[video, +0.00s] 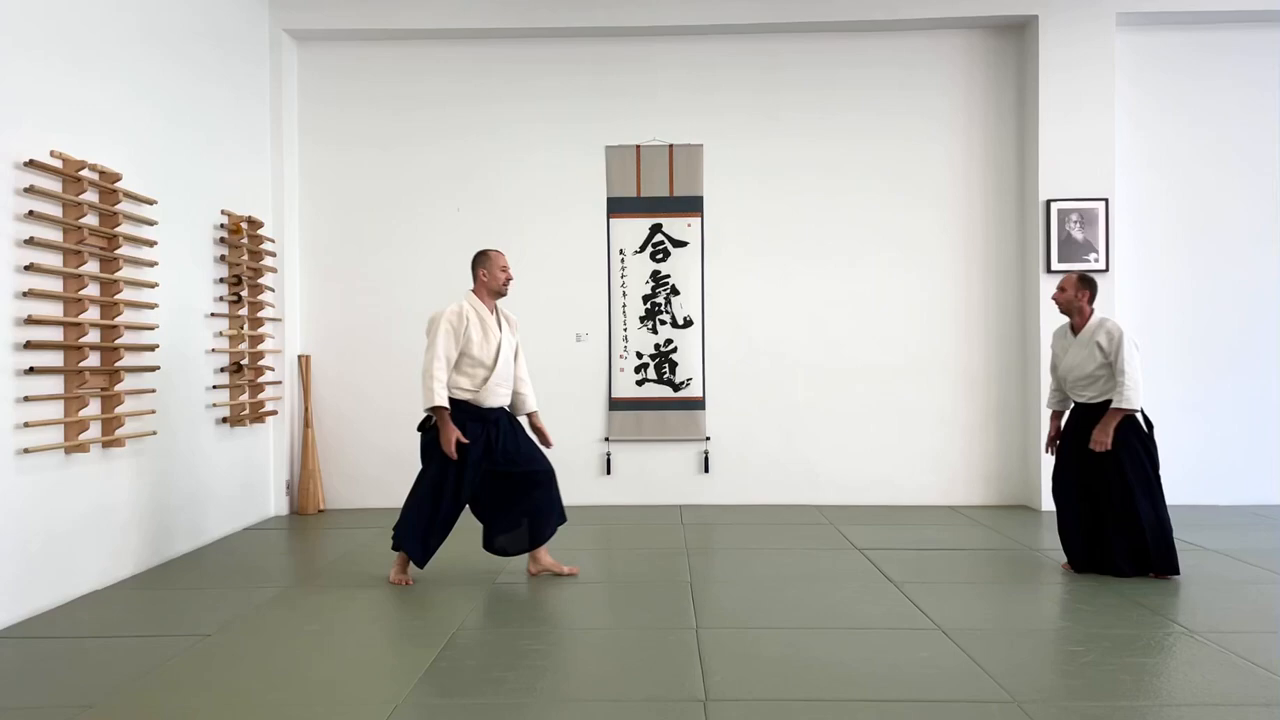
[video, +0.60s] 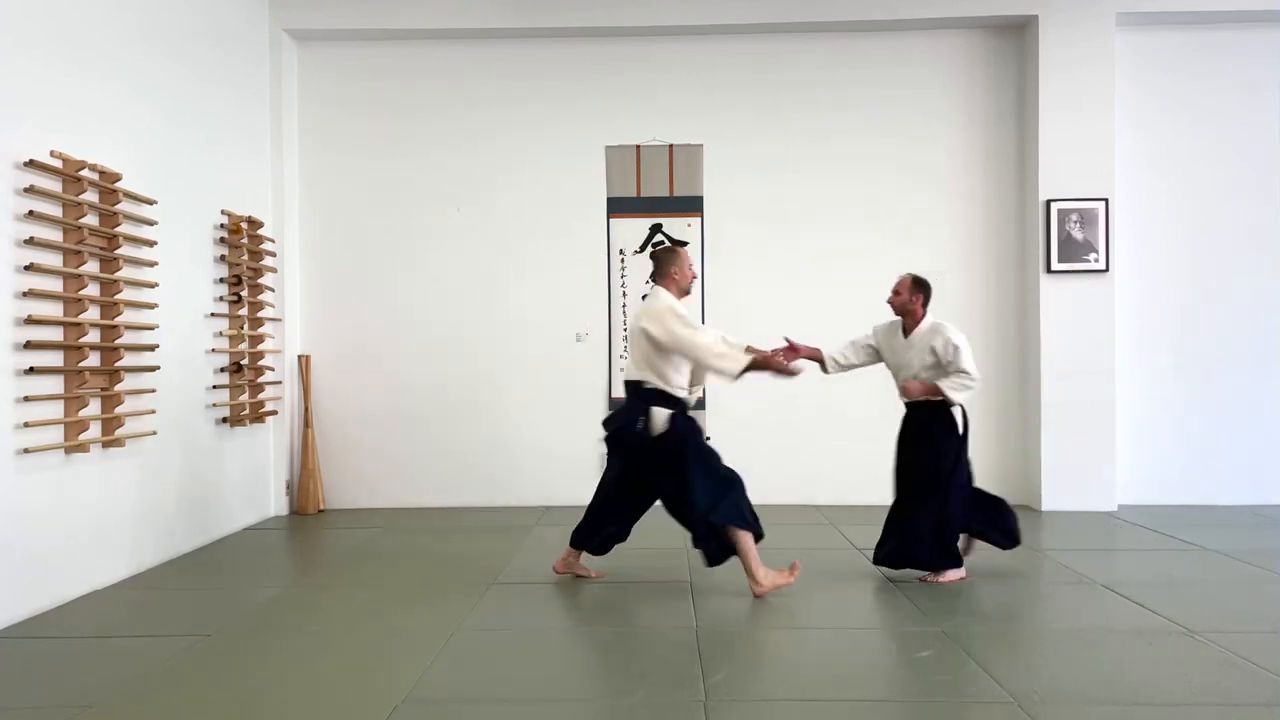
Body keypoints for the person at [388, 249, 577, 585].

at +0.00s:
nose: (510, 276)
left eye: (509, 270)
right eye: (503, 270)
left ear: (490, 277)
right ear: (482, 275)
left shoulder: (507, 322)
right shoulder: (453, 316)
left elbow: (518, 375)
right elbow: (435, 370)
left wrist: (532, 417)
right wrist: (444, 422)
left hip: (499, 422)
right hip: (458, 419)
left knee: (540, 474)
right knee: (435, 489)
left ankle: (539, 555)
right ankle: (402, 561)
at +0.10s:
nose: (535, 280)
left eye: (535, 274)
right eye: (528, 274)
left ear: (518, 280)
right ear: (508, 279)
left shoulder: (532, 327)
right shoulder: (478, 321)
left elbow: (548, 376)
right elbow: (462, 377)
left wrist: (576, 413)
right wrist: (481, 424)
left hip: (519, 426)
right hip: (476, 424)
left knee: (563, 475)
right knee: (442, 491)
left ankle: (564, 558)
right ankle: (403, 560)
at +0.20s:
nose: (567, 279)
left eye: (567, 273)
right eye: (561, 273)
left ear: (550, 279)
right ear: (541, 277)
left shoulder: (563, 326)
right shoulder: (512, 320)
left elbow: (588, 368)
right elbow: (495, 374)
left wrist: (621, 396)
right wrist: (518, 418)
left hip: (549, 424)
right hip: (508, 422)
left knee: (582, 483)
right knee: (469, 489)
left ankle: (563, 563)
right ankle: (415, 550)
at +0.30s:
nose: (598, 275)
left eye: (596, 269)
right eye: (591, 269)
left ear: (575, 274)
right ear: (571, 273)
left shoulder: (591, 319)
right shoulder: (547, 316)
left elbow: (620, 356)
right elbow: (534, 374)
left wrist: (658, 380)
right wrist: (551, 419)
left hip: (577, 421)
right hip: (543, 422)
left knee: (591, 490)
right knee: (536, 495)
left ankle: (566, 564)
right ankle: (476, 536)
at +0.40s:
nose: (627, 272)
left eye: (625, 266)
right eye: (620, 266)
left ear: (604, 273)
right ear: (600, 272)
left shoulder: (614, 316)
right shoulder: (578, 314)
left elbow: (646, 353)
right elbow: (572, 373)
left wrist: (688, 371)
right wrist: (593, 419)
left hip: (605, 415)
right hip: (580, 418)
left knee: (606, 488)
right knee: (599, 489)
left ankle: (573, 560)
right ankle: (566, 560)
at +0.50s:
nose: (659, 273)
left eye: (657, 267)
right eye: (653, 268)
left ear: (635, 275)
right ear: (635, 274)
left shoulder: (646, 319)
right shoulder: (613, 317)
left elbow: (677, 346)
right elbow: (620, 371)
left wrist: (718, 361)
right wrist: (655, 399)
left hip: (626, 419)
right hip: (616, 421)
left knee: (605, 492)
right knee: (680, 480)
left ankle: (568, 559)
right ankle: (687, 571)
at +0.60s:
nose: (694, 273)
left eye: (692, 266)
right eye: (689, 267)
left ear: (664, 274)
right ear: (673, 273)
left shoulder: (659, 309)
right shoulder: (660, 311)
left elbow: (706, 340)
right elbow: (702, 349)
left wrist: (753, 354)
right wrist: (759, 363)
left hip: (639, 415)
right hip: (663, 419)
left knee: (616, 491)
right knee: (724, 486)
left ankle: (569, 559)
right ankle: (759, 575)